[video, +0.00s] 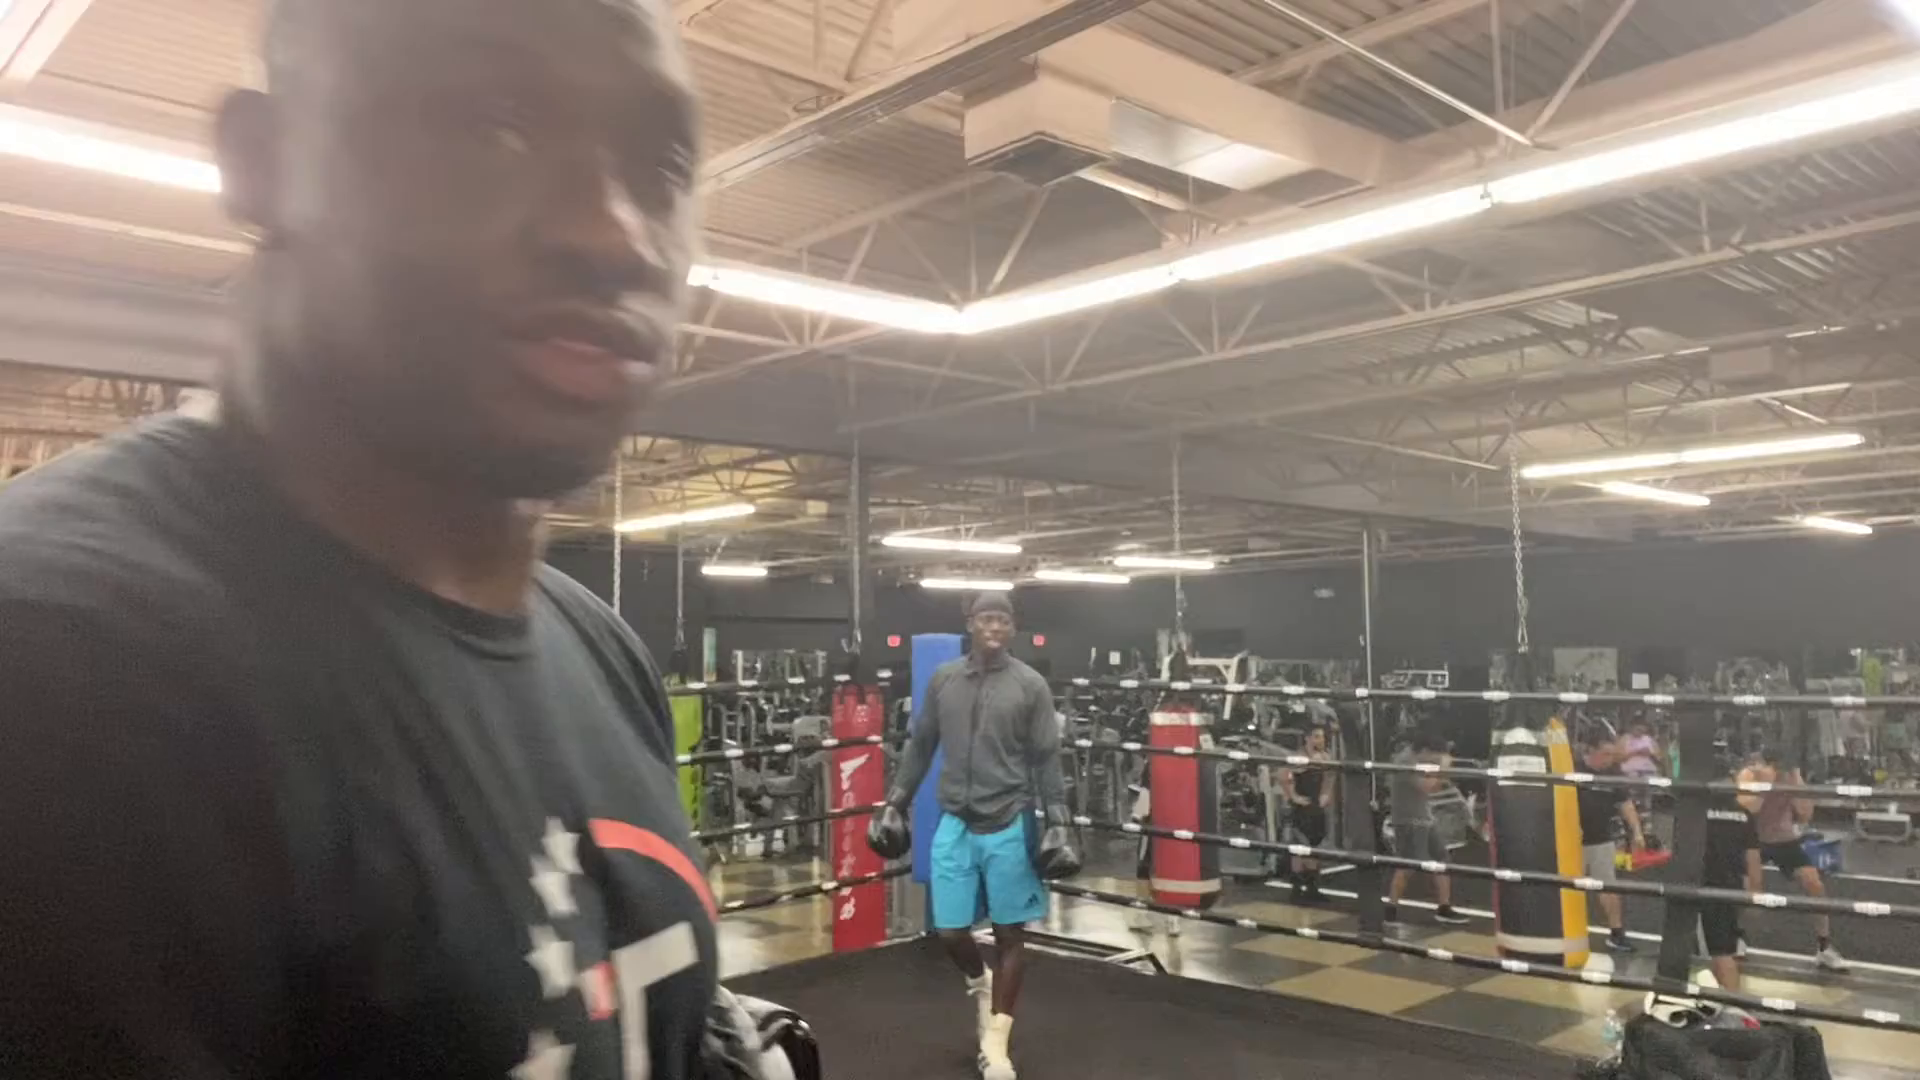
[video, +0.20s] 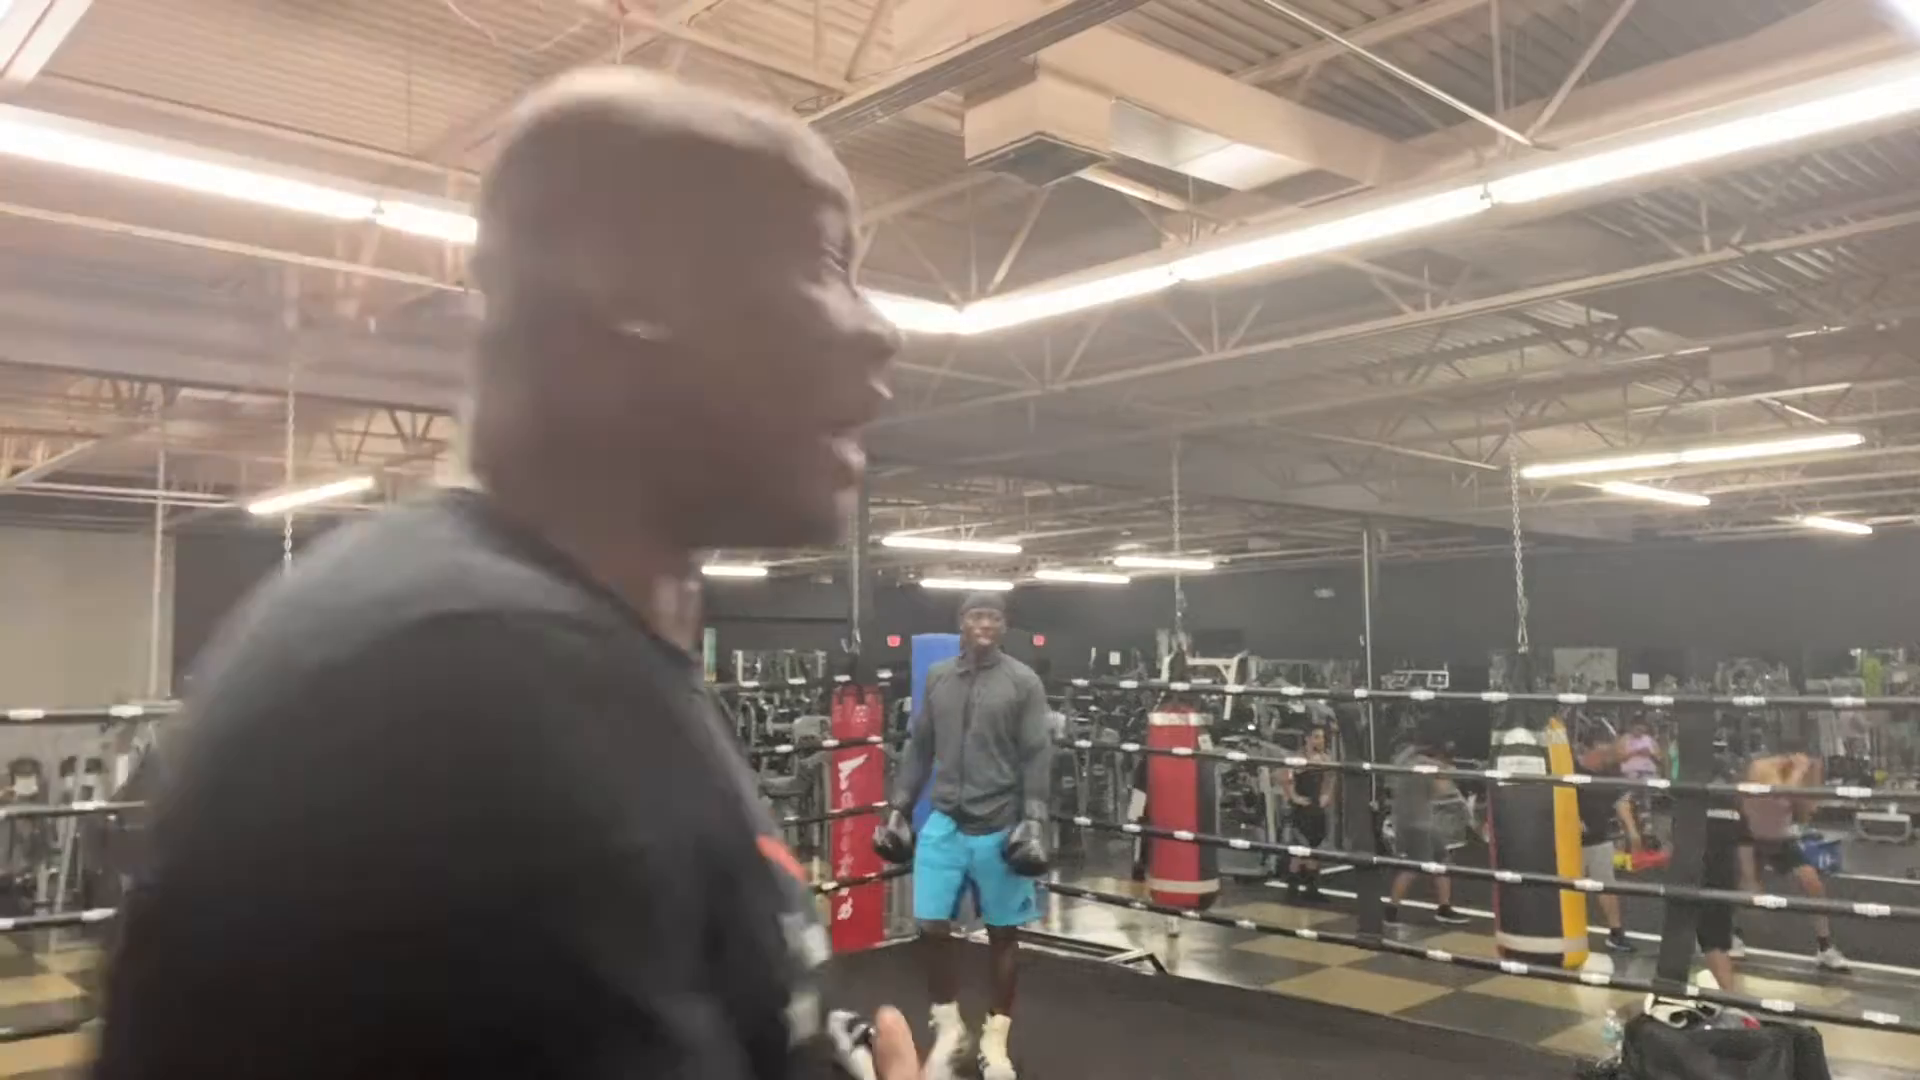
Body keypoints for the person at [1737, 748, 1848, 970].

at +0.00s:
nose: (1772, 771)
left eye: (1776, 766)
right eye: (1767, 766)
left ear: (1782, 764)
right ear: (1757, 763)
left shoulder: (1791, 774)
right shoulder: (1748, 775)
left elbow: (1805, 813)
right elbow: (1749, 807)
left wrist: (1794, 784)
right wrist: (1766, 784)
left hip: (1786, 840)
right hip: (1754, 841)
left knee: (1814, 884)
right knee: (1750, 887)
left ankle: (1824, 946)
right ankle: (1738, 936)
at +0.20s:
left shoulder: (1798, 783)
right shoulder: (1758, 768)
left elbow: (1806, 813)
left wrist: (1809, 776)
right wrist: (1793, 770)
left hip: (1783, 841)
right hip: (1752, 840)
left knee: (1813, 882)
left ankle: (1825, 947)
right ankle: (1732, 932)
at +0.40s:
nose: (1819, 776)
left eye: (1821, 773)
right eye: (1818, 772)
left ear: (1811, 772)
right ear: (1809, 768)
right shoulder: (1787, 776)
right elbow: (1814, 814)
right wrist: (1821, 784)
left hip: (1779, 845)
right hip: (1754, 844)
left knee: (1813, 883)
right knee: (1752, 898)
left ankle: (1825, 947)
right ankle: (1732, 937)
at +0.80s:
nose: (1802, 767)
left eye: (1806, 765)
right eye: (1799, 762)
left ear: (1806, 767)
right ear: (1789, 757)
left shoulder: (1798, 778)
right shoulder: (1766, 768)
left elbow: (1801, 807)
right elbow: (1784, 793)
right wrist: (1802, 770)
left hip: (1777, 839)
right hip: (1746, 838)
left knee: (1810, 883)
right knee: (1743, 893)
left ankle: (1823, 946)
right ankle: (1730, 938)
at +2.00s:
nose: (1786, 749)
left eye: (1791, 745)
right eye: (1782, 744)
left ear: (1796, 743)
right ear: (1772, 741)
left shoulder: (1799, 761)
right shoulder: (1750, 760)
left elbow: (1806, 794)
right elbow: (1747, 788)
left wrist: (1795, 770)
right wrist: (1770, 762)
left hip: (1779, 839)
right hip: (1746, 837)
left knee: (1808, 888)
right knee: (1735, 891)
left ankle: (1823, 948)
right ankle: (1716, 944)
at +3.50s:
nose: (1763, 760)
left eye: (1767, 754)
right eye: (1757, 754)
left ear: (1774, 752)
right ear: (1748, 753)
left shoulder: (1786, 768)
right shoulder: (1738, 773)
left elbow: (1806, 806)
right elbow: (1735, 807)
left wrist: (1785, 782)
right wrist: (1757, 782)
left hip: (1782, 847)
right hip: (1744, 847)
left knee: (1819, 894)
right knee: (1733, 898)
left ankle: (1838, 957)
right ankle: (1721, 946)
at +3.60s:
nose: (1780, 767)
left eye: (1785, 761)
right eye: (1774, 762)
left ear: (1790, 759)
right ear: (1764, 759)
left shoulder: (1798, 772)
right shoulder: (1751, 776)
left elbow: (1818, 811)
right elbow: (1743, 811)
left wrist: (1797, 786)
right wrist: (1772, 787)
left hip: (1796, 854)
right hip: (1758, 853)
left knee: (1833, 901)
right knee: (1739, 901)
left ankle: (1866, 963)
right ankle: (1721, 946)